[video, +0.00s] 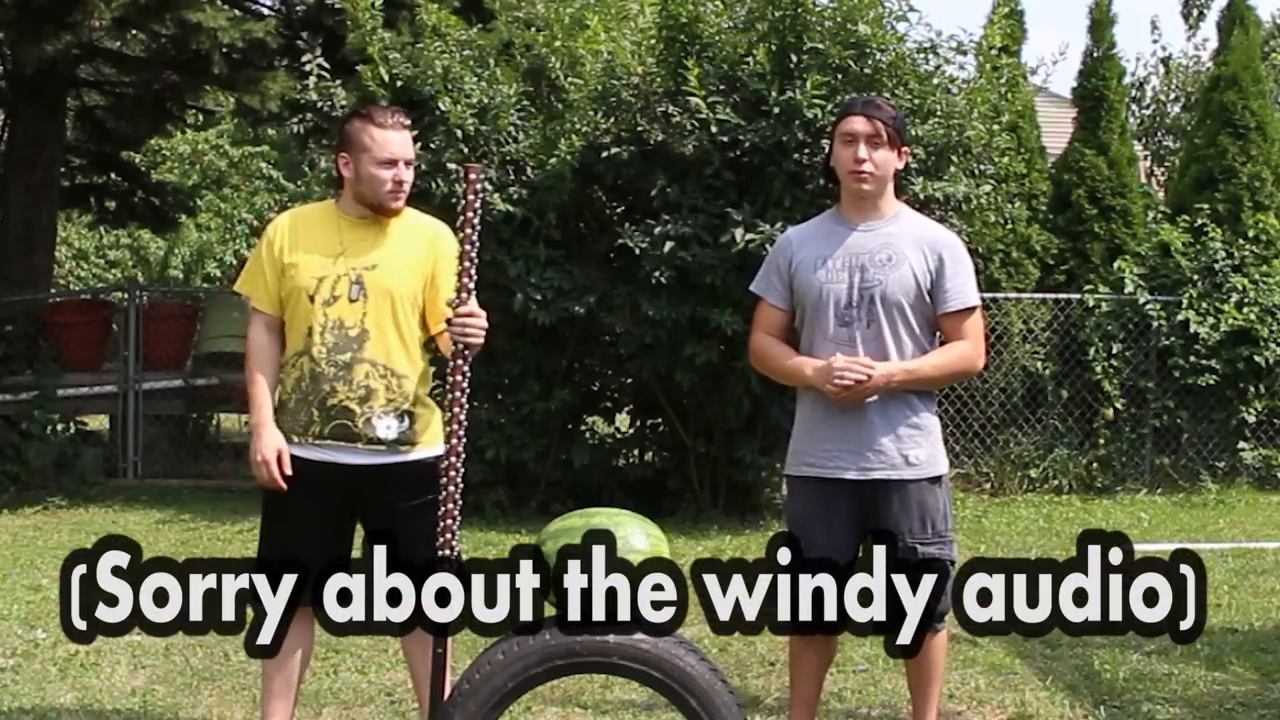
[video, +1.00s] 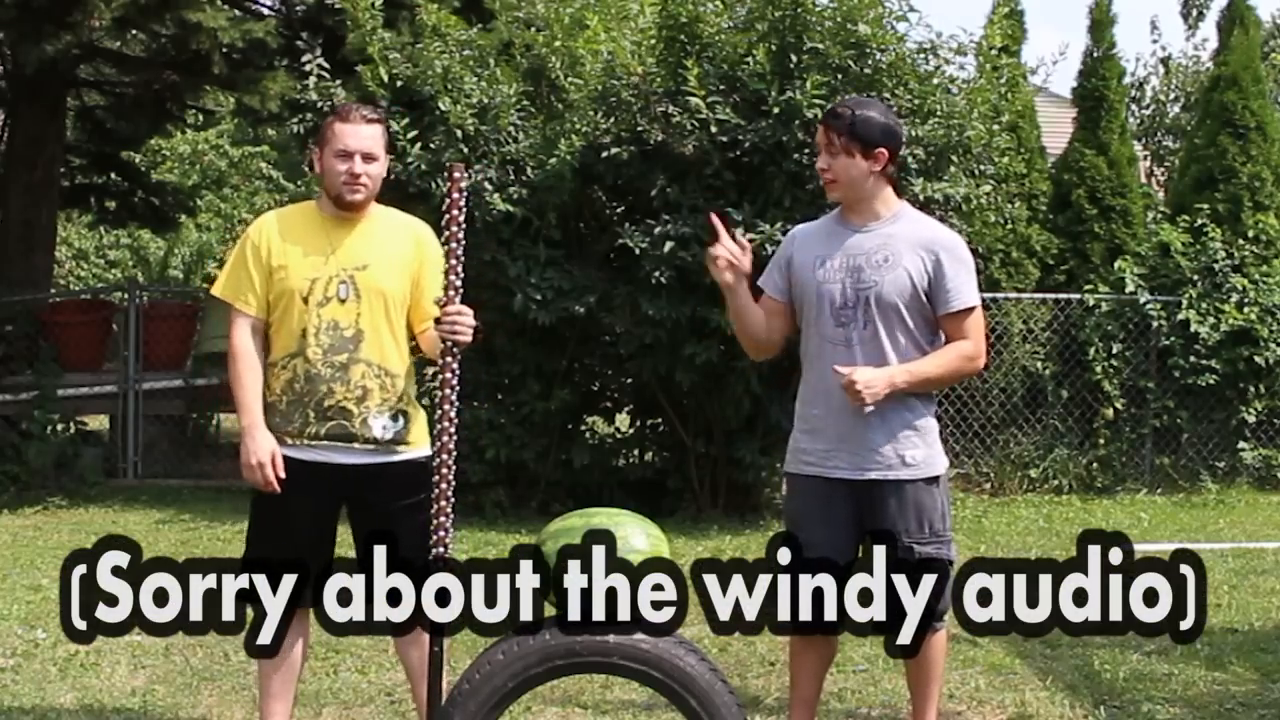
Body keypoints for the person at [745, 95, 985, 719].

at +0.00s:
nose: (861, 154)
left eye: (876, 143)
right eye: (849, 142)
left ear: (899, 157)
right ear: (832, 155)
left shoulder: (938, 244)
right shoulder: (795, 245)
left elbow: (970, 351)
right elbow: (762, 344)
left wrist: (887, 374)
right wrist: (813, 371)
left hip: (910, 466)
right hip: (818, 466)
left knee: (925, 611)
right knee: (812, 611)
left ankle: (925, 717)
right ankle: (800, 716)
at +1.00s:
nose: (821, 165)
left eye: (835, 153)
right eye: (819, 152)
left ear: (879, 159)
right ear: (819, 156)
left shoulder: (937, 244)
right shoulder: (801, 243)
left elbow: (972, 351)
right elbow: (764, 340)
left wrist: (892, 376)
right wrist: (735, 288)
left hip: (907, 468)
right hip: (817, 464)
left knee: (922, 613)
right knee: (811, 610)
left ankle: (925, 717)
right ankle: (799, 716)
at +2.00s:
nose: (809, 165)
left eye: (821, 153)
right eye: (808, 153)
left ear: (866, 158)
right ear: (832, 158)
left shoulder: (926, 244)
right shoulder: (799, 245)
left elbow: (956, 353)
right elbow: (764, 336)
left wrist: (858, 371)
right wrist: (797, 368)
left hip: (903, 467)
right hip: (814, 465)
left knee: (922, 610)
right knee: (810, 608)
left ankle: (924, 716)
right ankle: (799, 715)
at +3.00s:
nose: (822, 160)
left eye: (835, 149)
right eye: (822, 148)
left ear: (880, 158)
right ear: (829, 156)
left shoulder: (936, 245)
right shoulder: (805, 241)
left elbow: (966, 353)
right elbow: (739, 316)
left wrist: (879, 380)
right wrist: (677, 271)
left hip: (907, 467)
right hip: (818, 463)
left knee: (923, 612)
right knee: (812, 609)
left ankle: (925, 718)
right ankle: (799, 716)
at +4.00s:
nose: (826, 151)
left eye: (841, 140)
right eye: (829, 139)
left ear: (884, 155)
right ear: (843, 151)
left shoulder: (934, 245)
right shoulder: (804, 242)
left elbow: (958, 356)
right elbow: (771, 335)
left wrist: (862, 373)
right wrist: (802, 372)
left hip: (904, 467)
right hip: (815, 463)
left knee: (921, 613)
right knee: (809, 612)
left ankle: (924, 716)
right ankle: (799, 716)